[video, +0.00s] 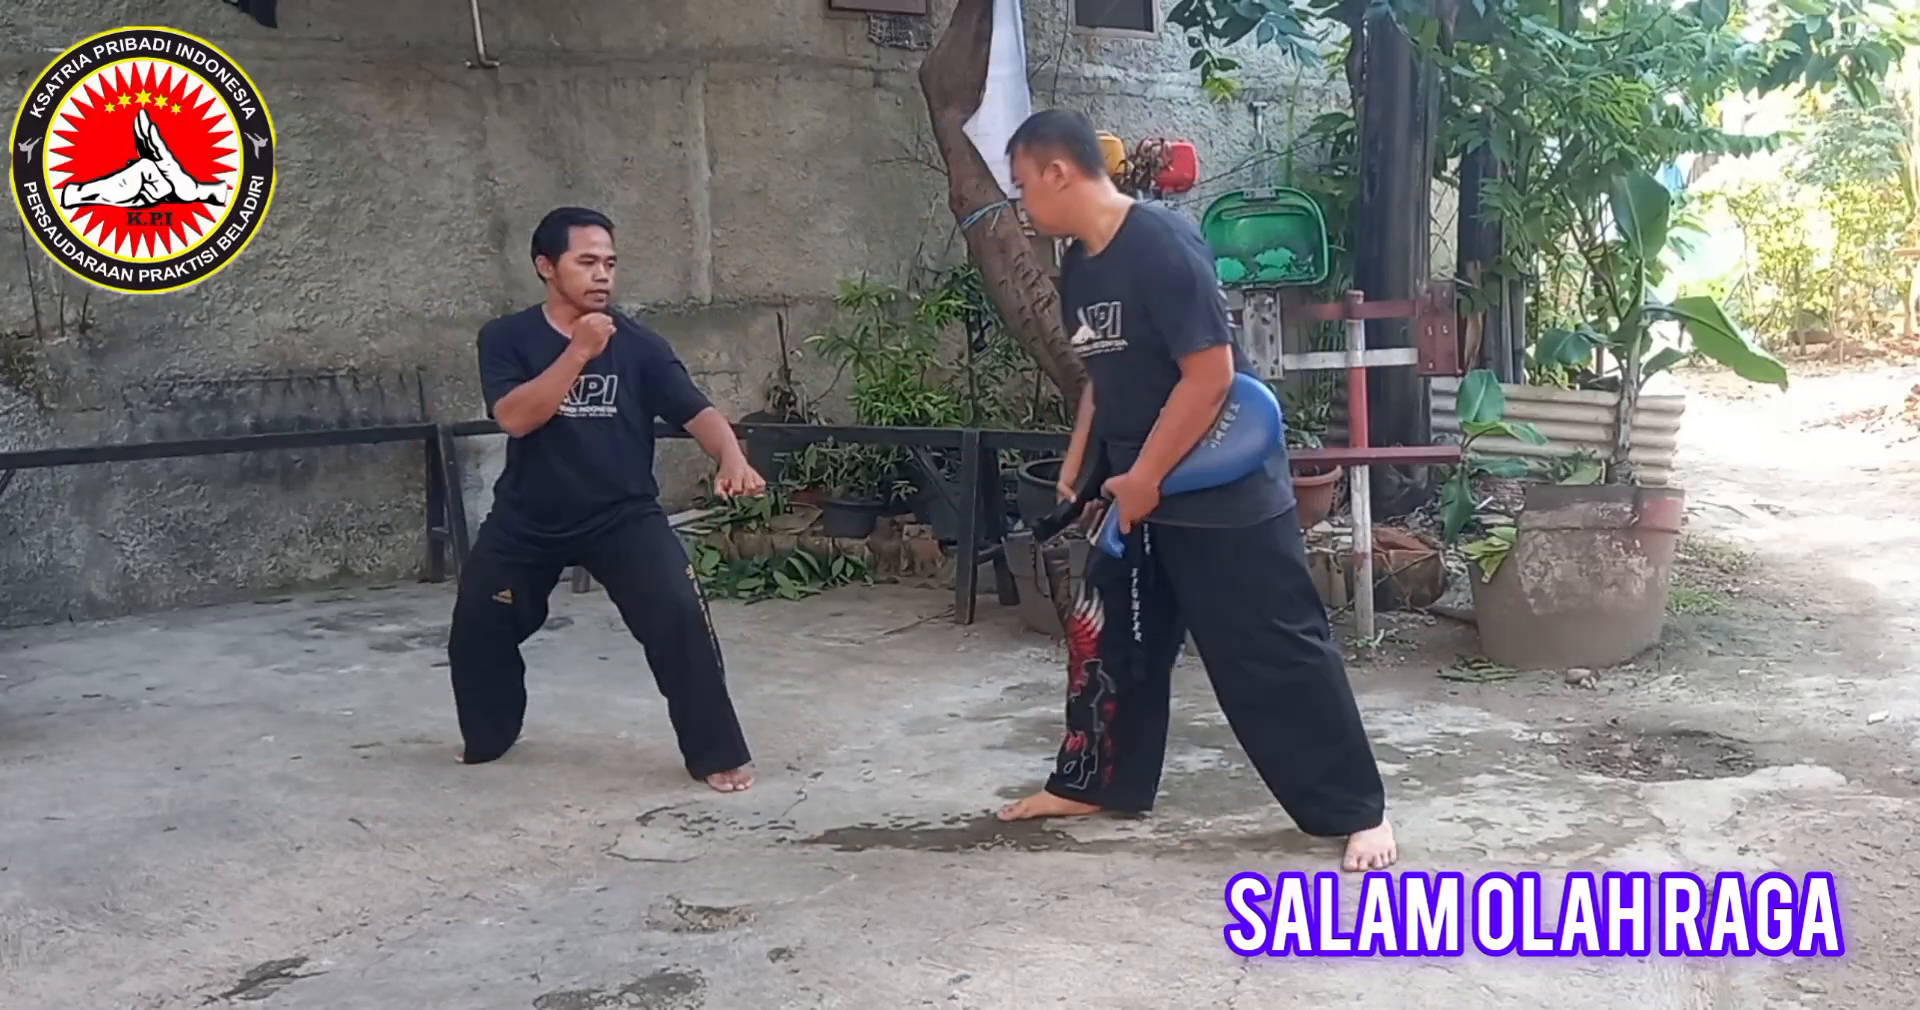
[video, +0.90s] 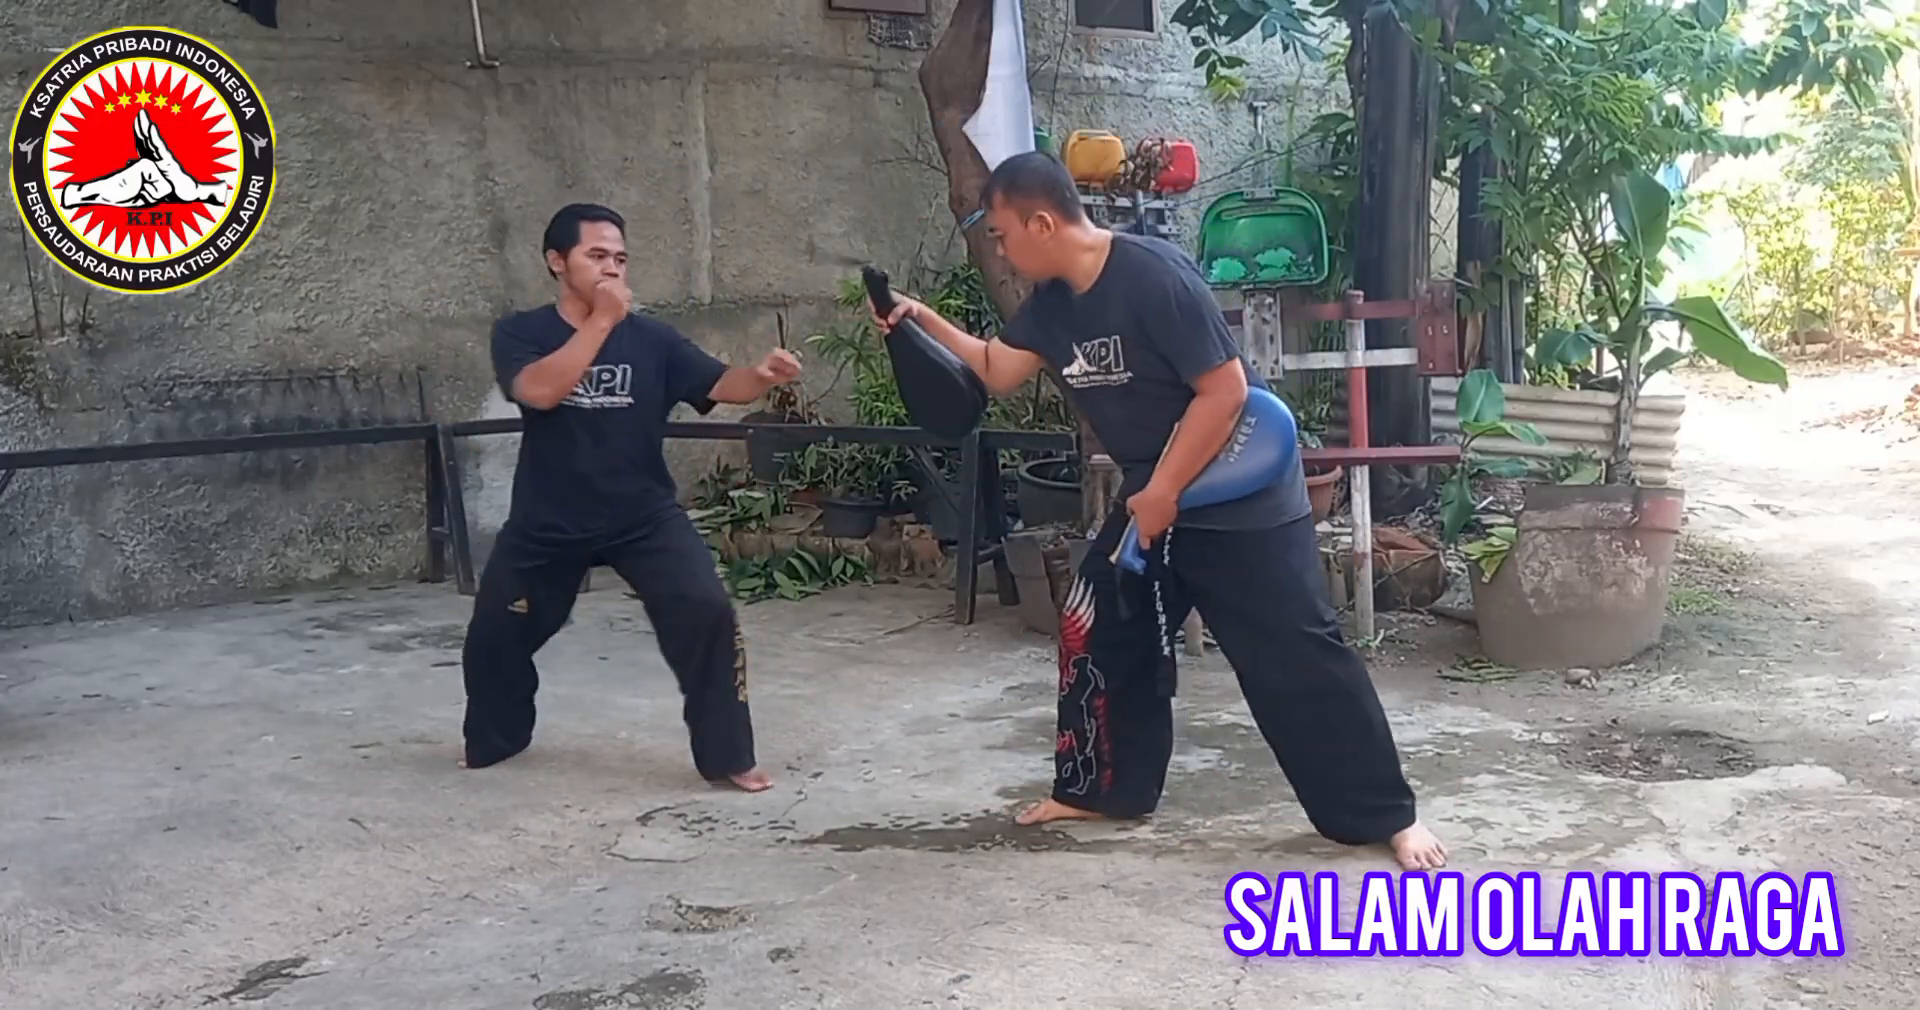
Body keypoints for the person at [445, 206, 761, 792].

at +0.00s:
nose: (604, 273)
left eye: (610, 262)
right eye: (588, 262)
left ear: (616, 267)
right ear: (546, 268)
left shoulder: (639, 345)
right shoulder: (506, 337)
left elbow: (693, 410)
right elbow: (514, 418)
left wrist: (731, 456)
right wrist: (578, 352)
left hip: (624, 515)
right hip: (528, 517)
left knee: (677, 612)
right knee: (477, 625)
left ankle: (717, 754)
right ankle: (488, 736)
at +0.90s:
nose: (613, 266)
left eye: (619, 257)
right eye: (598, 255)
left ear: (627, 263)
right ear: (558, 262)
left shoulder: (651, 338)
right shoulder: (520, 332)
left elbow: (721, 386)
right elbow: (538, 391)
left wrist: (762, 375)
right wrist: (601, 321)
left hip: (646, 516)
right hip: (549, 520)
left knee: (707, 613)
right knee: (492, 636)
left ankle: (728, 759)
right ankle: (491, 747)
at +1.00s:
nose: (630, 257)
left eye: (632, 249)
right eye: (612, 250)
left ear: (640, 261)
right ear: (574, 271)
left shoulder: (675, 341)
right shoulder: (559, 340)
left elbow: (746, 394)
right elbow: (605, 383)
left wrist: (735, 343)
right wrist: (627, 301)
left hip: (677, 523)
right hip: (583, 528)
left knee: (732, 616)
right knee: (530, 639)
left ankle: (731, 759)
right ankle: (484, 742)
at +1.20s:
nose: (669, 248)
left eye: (670, 236)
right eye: (652, 240)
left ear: (676, 235)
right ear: (612, 250)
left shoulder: (694, 308)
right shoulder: (591, 310)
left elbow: (755, 370)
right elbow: (546, 408)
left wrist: (814, 357)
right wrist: (510, 493)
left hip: (713, 448)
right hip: (658, 443)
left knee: (731, 594)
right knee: (765, 427)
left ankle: (709, 749)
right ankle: (887, 485)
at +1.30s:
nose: (692, 253)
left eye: (693, 240)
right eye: (676, 243)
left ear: (696, 245)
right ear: (635, 255)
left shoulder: (710, 325)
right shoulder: (604, 318)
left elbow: (772, 388)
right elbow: (556, 410)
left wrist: (836, 400)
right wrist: (531, 488)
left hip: (715, 472)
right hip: (660, 458)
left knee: (744, 609)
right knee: (788, 400)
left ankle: (702, 757)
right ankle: (926, 425)